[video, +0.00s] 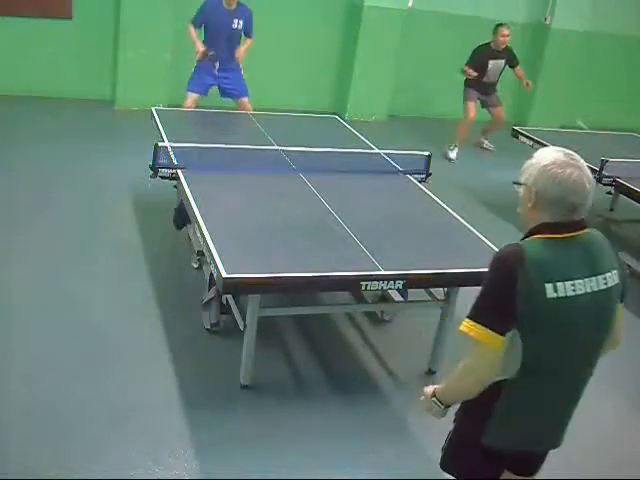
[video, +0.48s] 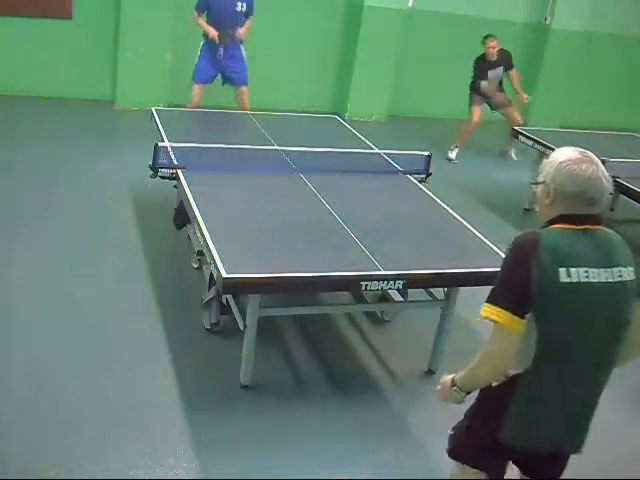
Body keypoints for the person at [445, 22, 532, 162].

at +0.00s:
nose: (505, 39)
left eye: (507, 36)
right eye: (502, 36)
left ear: (509, 37)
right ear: (494, 37)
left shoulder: (508, 52)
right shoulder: (482, 50)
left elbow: (516, 68)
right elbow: (467, 68)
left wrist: (524, 79)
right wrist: (472, 73)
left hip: (490, 88)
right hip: (473, 86)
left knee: (499, 119)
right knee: (470, 117)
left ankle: (482, 138)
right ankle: (455, 147)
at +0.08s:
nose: (500, 43)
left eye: (503, 40)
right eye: (498, 40)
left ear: (505, 41)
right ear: (490, 40)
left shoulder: (506, 55)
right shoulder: (478, 53)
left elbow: (515, 68)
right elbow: (464, 71)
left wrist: (523, 80)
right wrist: (462, 74)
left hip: (490, 90)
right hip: (472, 89)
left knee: (503, 120)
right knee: (471, 119)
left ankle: (488, 137)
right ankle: (454, 147)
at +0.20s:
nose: (492, 51)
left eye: (494, 48)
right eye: (489, 48)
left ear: (497, 48)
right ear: (482, 48)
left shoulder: (502, 58)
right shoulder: (473, 60)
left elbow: (513, 72)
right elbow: (461, 81)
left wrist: (521, 89)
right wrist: (451, 78)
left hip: (492, 93)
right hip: (473, 93)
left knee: (511, 121)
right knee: (471, 119)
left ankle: (502, 147)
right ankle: (455, 148)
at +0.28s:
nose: (488, 54)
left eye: (491, 51)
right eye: (485, 51)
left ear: (495, 50)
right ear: (480, 51)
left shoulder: (501, 59)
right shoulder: (472, 63)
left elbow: (513, 73)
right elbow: (463, 84)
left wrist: (520, 93)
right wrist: (456, 83)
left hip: (493, 95)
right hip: (475, 95)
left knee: (511, 121)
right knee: (471, 120)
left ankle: (503, 147)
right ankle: (455, 147)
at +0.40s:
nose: (489, 53)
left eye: (491, 50)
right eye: (486, 50)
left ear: (496, 49)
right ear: (481, 50)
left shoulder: (503, 58)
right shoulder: (476, 63)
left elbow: (513, 74)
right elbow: (474, 86)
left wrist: (520, 94)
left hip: (497, 95)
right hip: (479, 94)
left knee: (513, 122)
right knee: (473, 121)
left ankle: (506, 148)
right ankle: (455, 147)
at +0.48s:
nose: (492, 51)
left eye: (494, 47)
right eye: (489, 48)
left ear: (498, 47)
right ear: (484, 48)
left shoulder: (505, 55)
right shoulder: (480, 62)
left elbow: (512, 73)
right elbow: (481, 87)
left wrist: (520, 93)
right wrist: (490, 92)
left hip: (496, 90)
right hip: (478, 91)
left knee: (516, 120)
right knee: (474, 120)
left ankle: (509, 149)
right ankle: (455, 147)